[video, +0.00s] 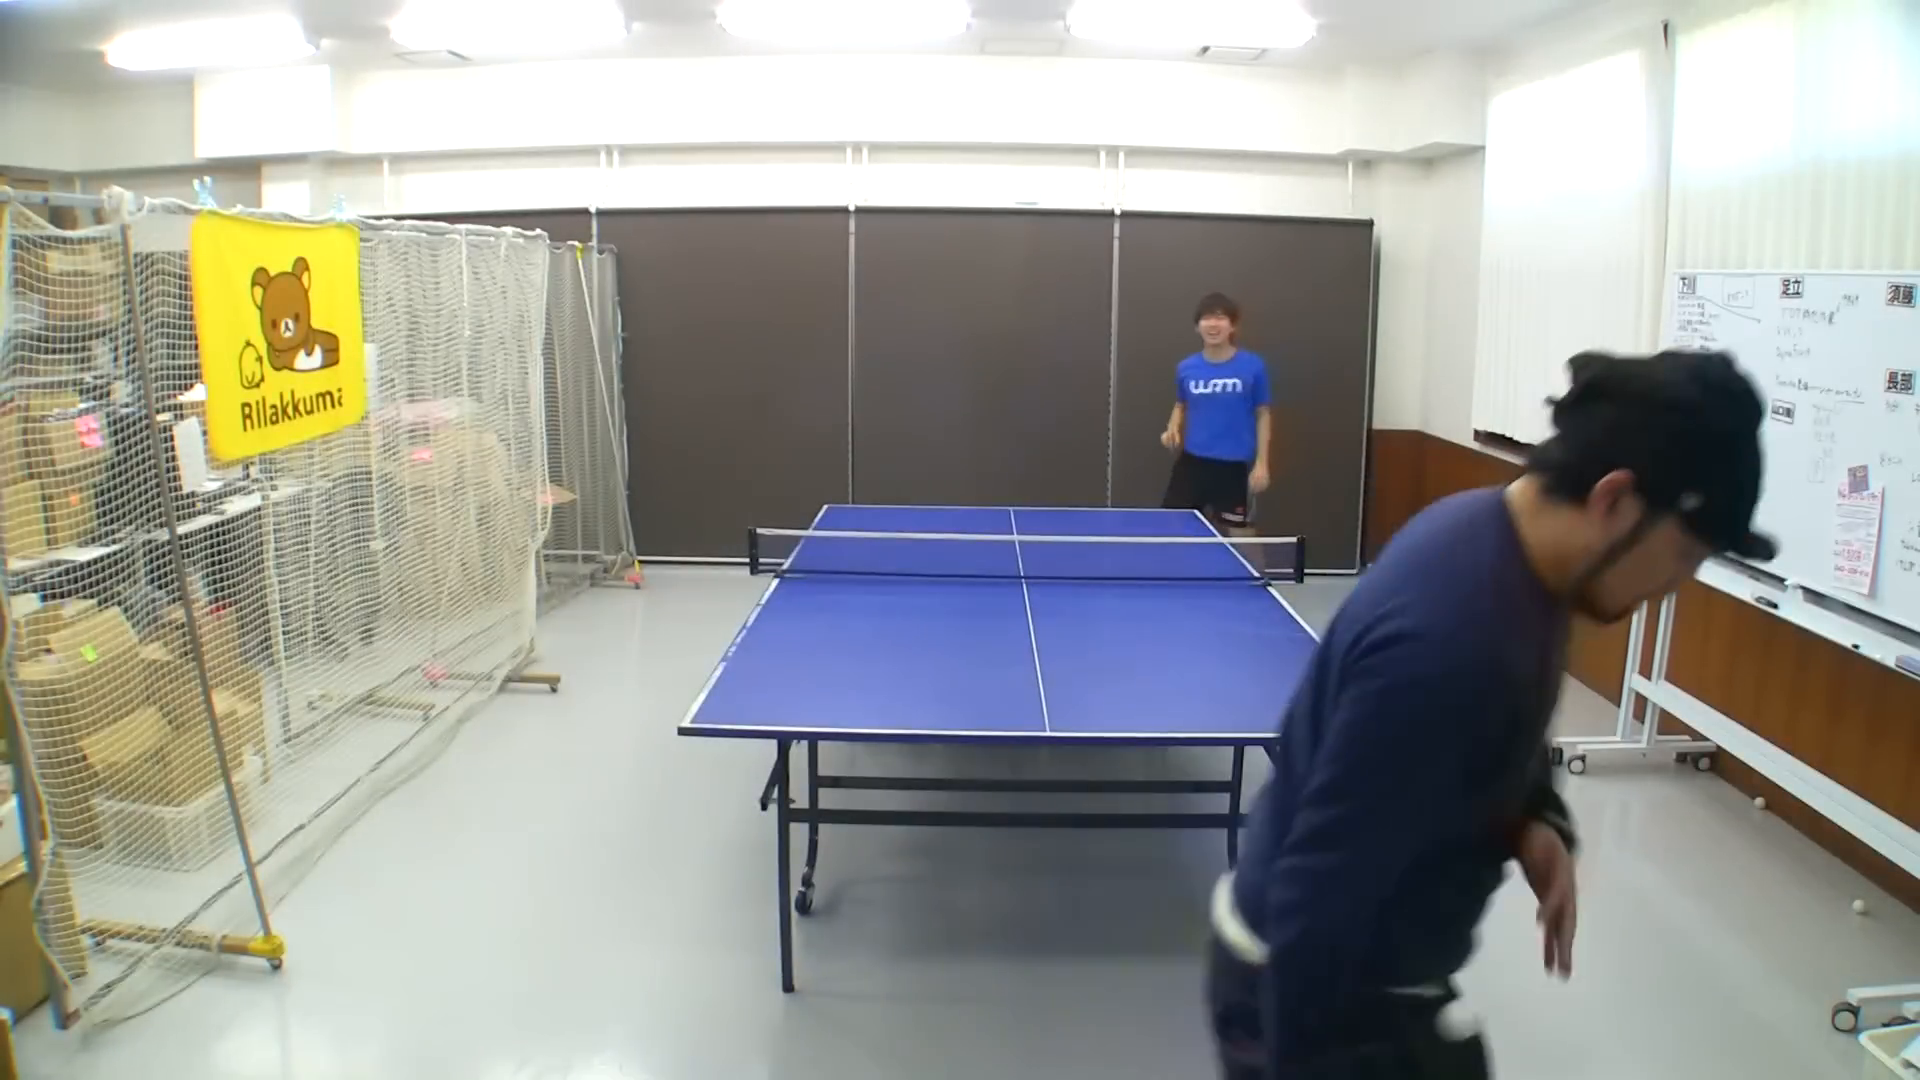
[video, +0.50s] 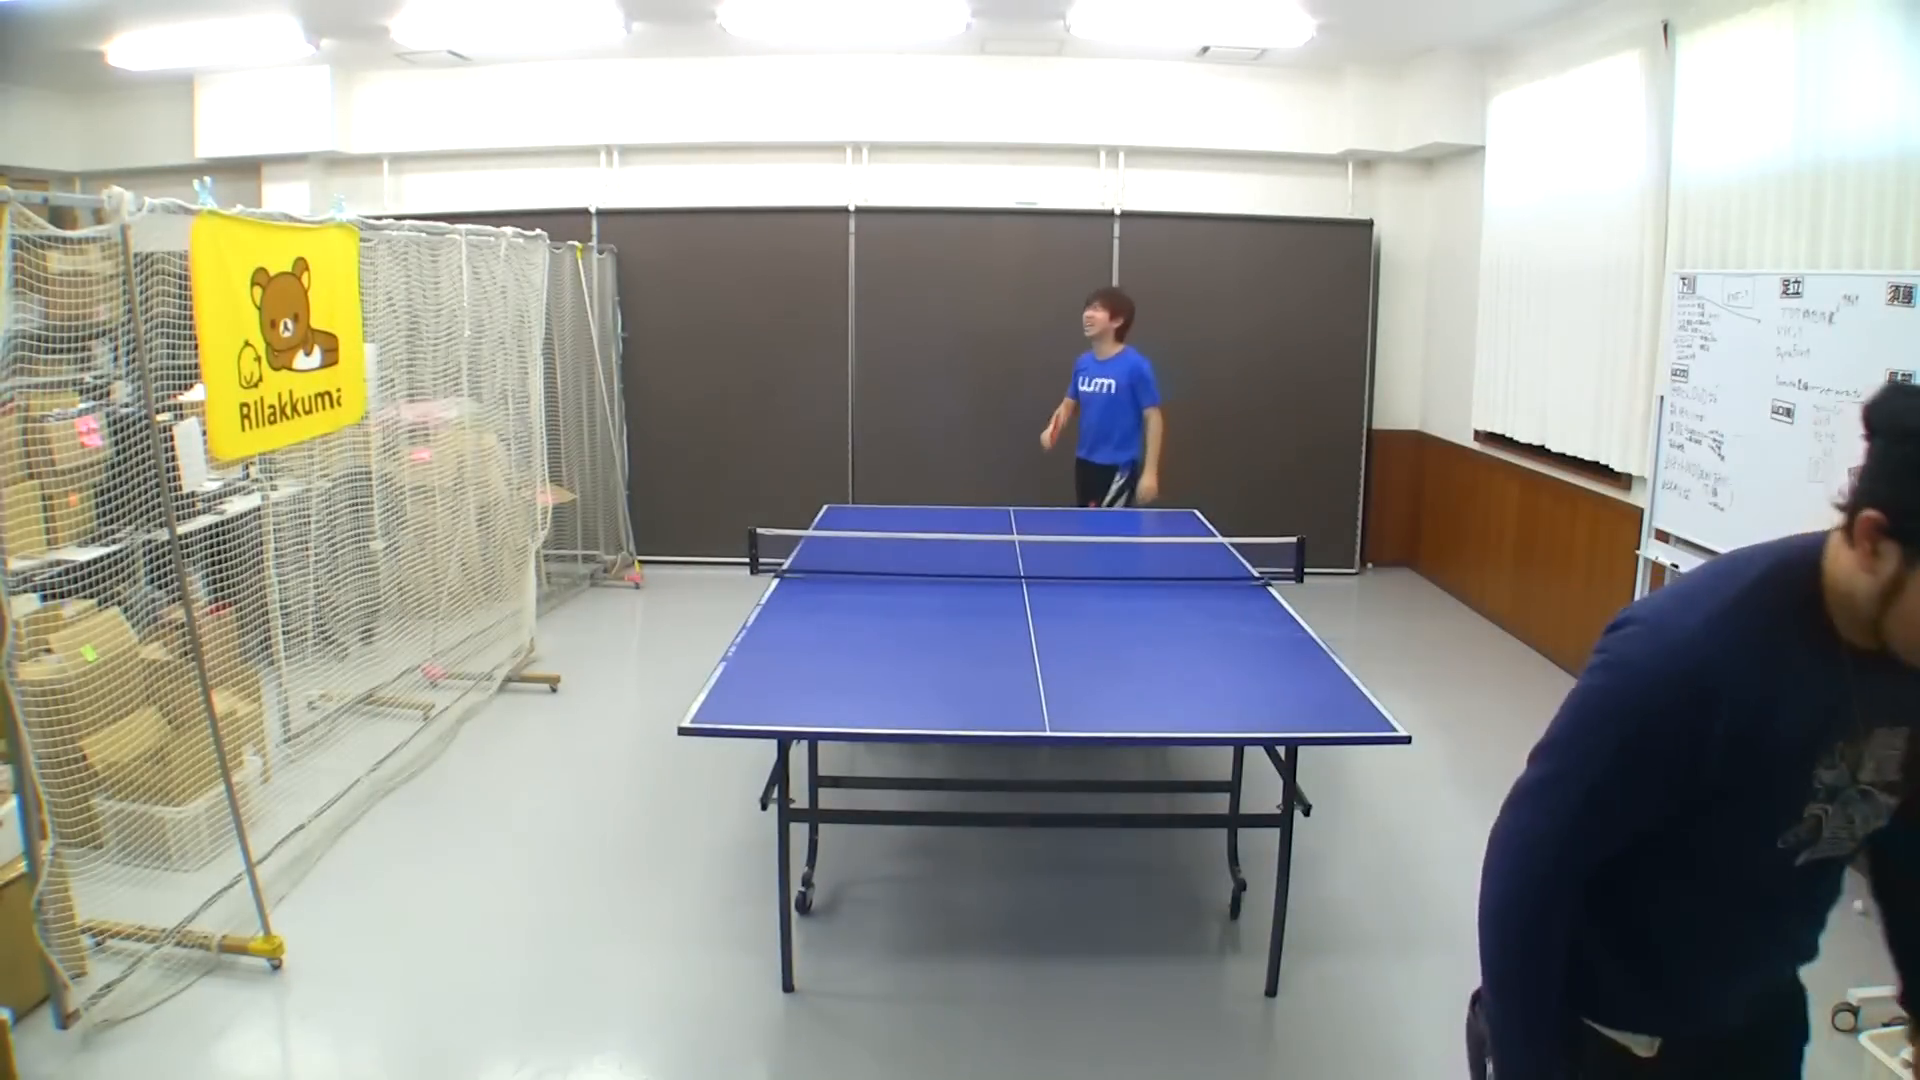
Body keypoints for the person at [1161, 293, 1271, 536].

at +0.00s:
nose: (1212, 324)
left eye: (1220, 317)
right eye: (1206, 318)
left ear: (1233, 325)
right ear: (1197, 325)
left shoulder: (1252, 366)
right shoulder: (1186, 368)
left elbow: (1263, 413)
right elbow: (1180, 403)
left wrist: (1261, 463)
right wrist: (1173, 427)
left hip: (1233, 466)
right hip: (1192, 462)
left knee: (1236, 538)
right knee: (1172, 526)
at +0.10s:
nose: (1179, 320)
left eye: (1187, 313)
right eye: (1173, 313)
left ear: (1200, 322)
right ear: (1165, 321)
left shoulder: (1222, 363)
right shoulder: (1159, 366)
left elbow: (1235, 412)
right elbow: (1155, 404)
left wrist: (1241, 464)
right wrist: (1147, 426)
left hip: (1202, 465)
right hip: (1164, 462)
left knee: (1199, 537)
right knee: (1149, 529)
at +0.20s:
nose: (1148, 312)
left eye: (1156, 305)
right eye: (1144, 306)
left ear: (1174, 314)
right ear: (1137, 315)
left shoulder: (1199, 357)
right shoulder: (1138, 361)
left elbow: (1215, 405)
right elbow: (1130, 397)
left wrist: (1224, 458)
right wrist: (1124, 413)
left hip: (1181, 456)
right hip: (1145, 454)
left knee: (1170, 526)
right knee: (1133, 524)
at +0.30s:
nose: (1125, 309)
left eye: (1133, 302)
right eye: (1123, 303)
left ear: (1153, 311)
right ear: (1119, 310)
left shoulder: (1177, 354)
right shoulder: (1118, 356)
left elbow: (1198, 402)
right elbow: (1107, 391)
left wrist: (1205, 455)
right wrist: (1100, 405)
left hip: (1162, 454)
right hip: (1127, 452)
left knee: (1146, 526)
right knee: (1120, 524)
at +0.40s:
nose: (1105, 310)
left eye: (1115, 305)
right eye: (1104, 304)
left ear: (1134, 315)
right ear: (1099, 311)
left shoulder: (1155, 359)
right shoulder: (1099, 360)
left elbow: (1177, 406)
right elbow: (1085, 398)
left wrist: (1180, 461)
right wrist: (1076, 413)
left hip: (1142, 459)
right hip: (1108, 456)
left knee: (1126, 528)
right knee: (1106, 527)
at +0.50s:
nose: (1087, 315)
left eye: (1097, 309)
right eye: (1087, 308)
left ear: (1117, 320)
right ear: (1083, 314)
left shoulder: (1136, 366)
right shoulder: (1083, 363)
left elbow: (1153, 417)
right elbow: (1069, 402)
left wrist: (1150, 473)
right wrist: (1053, 429)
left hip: (1119, 463)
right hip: (1086, 460)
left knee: (1102, 531)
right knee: (1085, 529)